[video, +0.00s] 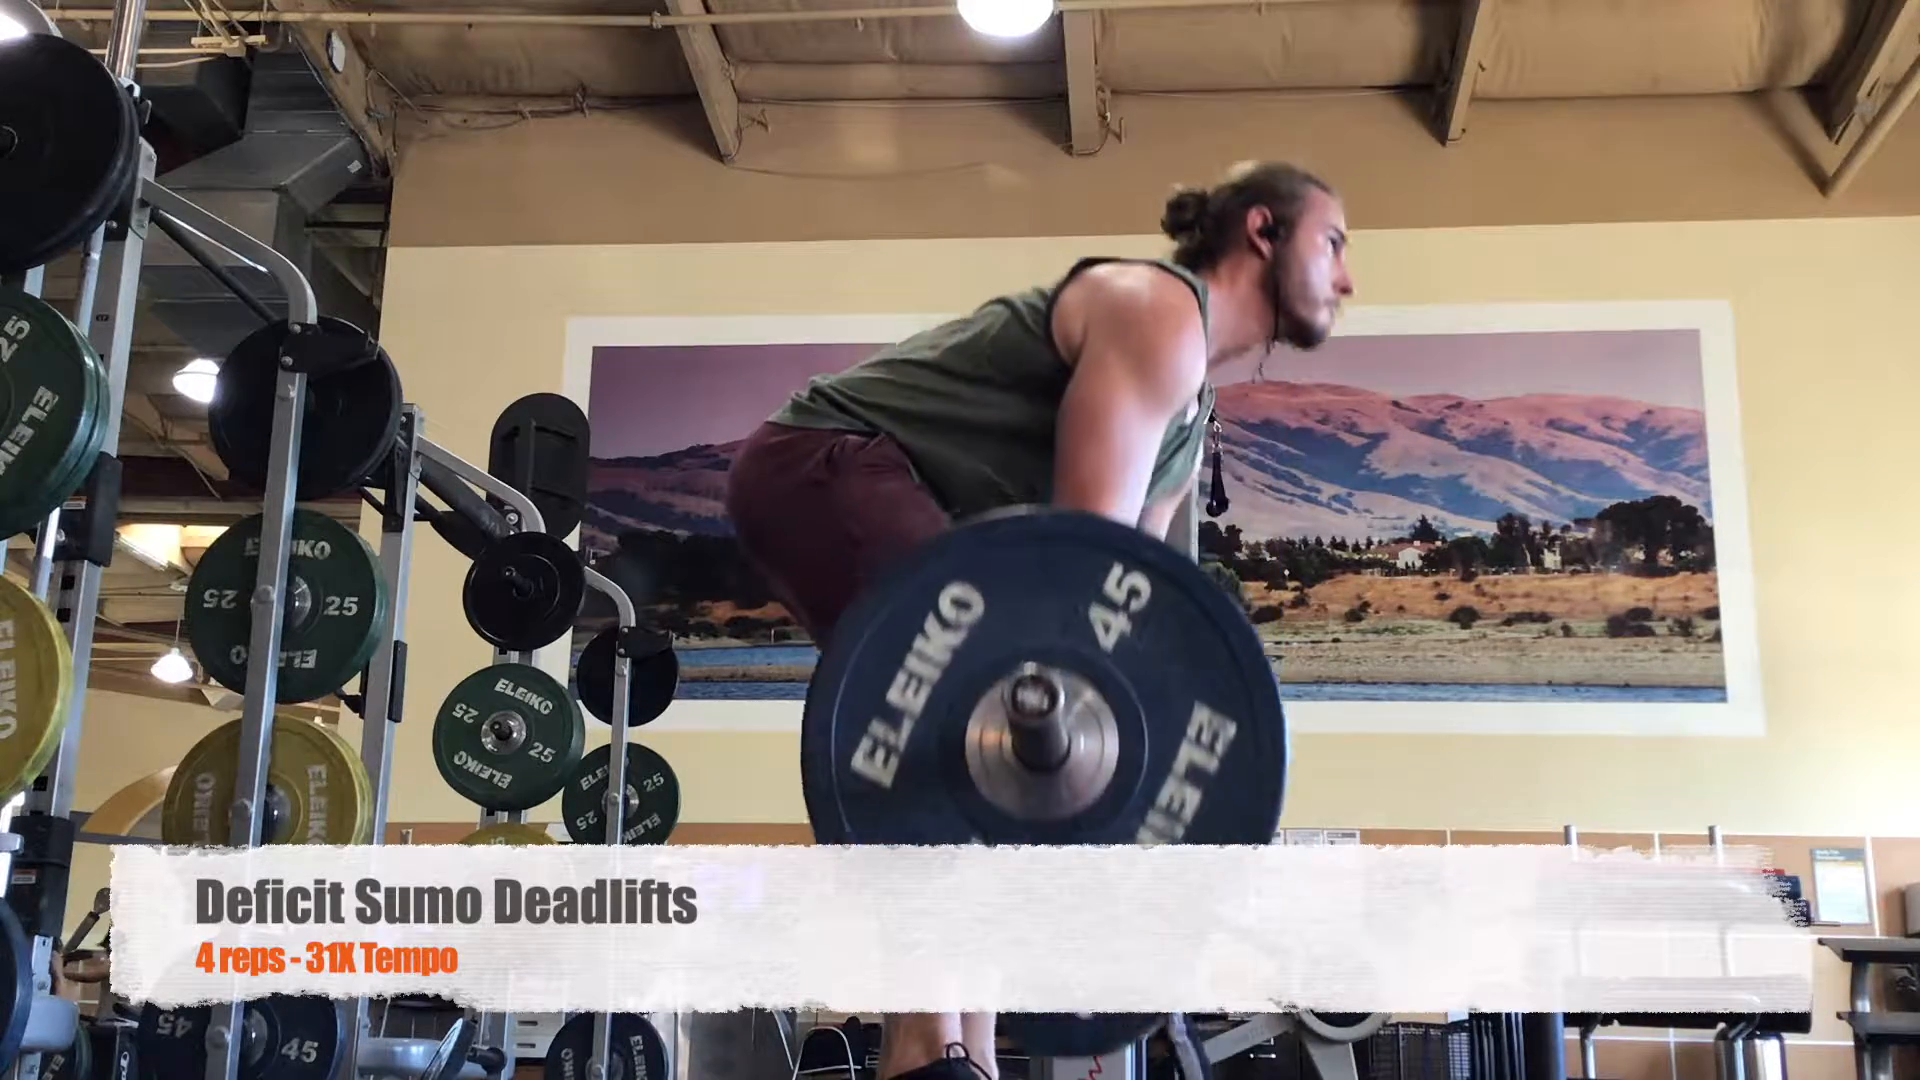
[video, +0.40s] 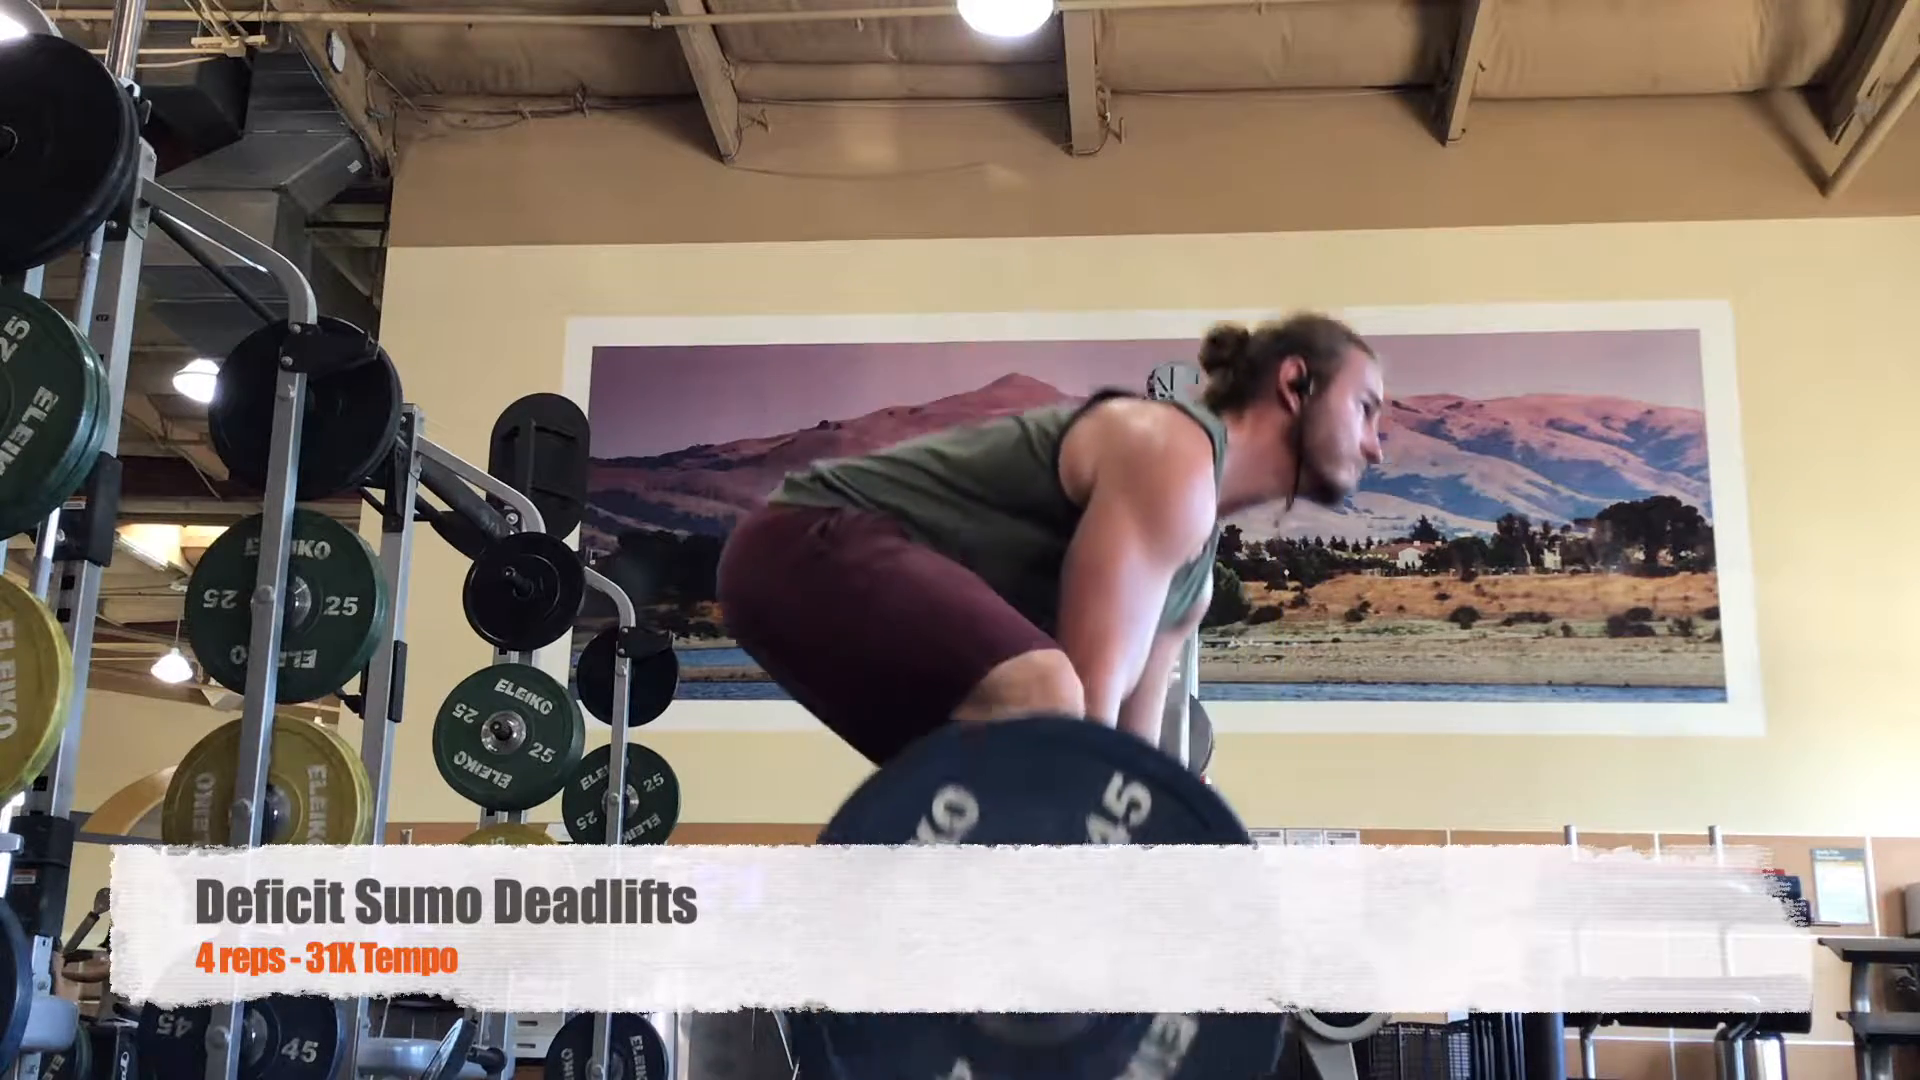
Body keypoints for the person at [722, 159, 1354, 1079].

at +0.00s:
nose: (1347, 278)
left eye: (1347, 251)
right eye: (1333, 244)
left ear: (1263, 242)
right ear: (1261, 235)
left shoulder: (1185, 427)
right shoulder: (1154, 314)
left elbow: (1135, 582)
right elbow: (1084, 552)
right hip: (827, 457)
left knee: (996, 746)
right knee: (954, 726)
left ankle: (970, 1043)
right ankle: (923, 1043)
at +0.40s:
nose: (1379, 439)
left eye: (1382, 417)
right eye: (1367, 406)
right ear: (1293, 387)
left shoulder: (1188, 579)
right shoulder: (1166, 457)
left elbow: (1133, 739)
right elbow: (1080, 699)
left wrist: (1134, 894)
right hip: (809, 542)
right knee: (1039, 696)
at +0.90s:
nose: (1387, 342)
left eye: (1390, 320)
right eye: (1375, 308)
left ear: (1304, 294)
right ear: (1301, 286)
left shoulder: (1199, 467)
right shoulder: (1176, 354)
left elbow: (1141, 630)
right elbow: (1082, 582)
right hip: (840, 458)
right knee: (978, 727)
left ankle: (933, 1032)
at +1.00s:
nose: (1361, 258)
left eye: (1364, 235)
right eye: (1350, 225)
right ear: (1274, 206)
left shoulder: (1189, 395)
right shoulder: (1165, 286)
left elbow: (1145, 543)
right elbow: (1089, 502)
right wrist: (1091, 661)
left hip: (911, 466)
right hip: (840, 434)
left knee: (981, 728)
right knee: (945, 713)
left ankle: (965, 1037)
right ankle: (922, 1039)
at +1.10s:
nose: (1313, 149)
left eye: (1312, 133)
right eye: (1295, 125)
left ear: (1229, 134)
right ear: (1224, 123)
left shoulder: (1173, 311)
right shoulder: (1142, 208)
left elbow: (1177, 454)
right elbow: (1085, 397)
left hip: (910, 446)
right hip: (849, 422)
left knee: (974, 728)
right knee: (941, 713)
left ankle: (956, 1038)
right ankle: (922, 1040)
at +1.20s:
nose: (1246, 57)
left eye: (1237, 35)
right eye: (1224, 31)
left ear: (1162, 60)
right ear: (1161, 54)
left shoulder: (1136, 168)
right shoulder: (1114, 133)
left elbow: (1080, 349)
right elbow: (1060, 311)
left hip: (934, 429)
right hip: (858, 413)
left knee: (978, 722)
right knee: (921, 705)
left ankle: (959, 1031)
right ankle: (912, 1039)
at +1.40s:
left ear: (1010, 4)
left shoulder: (1041, 73)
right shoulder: (1012, 55)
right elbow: (1005, 274)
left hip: (1010, 439)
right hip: (956, 432)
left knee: (1014, 723)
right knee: (970, 709)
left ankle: (963, 1025)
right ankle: (917, 1040)